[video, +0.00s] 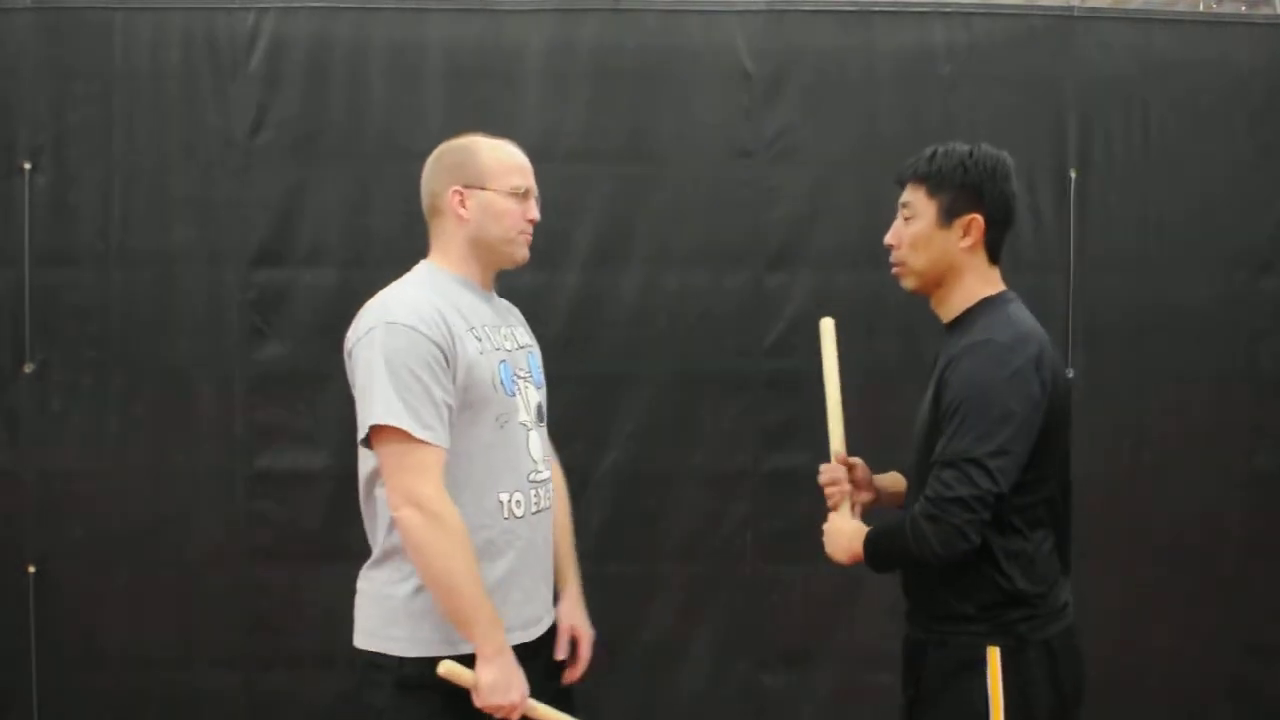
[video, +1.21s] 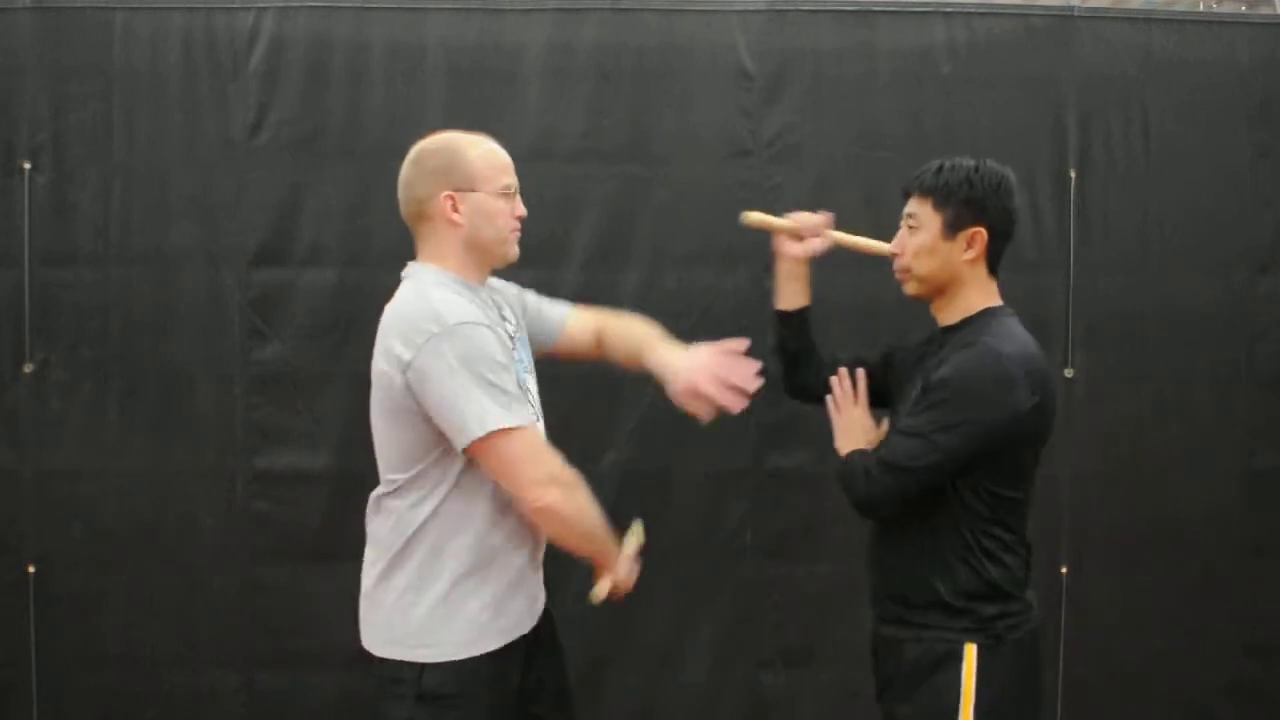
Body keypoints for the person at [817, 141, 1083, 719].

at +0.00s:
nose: (889, 237)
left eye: (908, 217)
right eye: (896, 217)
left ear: (967, 231)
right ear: (962, 233)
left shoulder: (996, 352)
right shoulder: (981, 340)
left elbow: (952, 526)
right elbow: (968, 480)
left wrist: (864, 543)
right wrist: (880, 488)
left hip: (994, 654)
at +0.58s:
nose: (905, 240)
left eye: (923, 222)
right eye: (911, 221)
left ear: (982, 238)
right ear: (978, 240)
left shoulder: (1001, 352)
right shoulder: (982, 342)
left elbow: (943, 513)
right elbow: (941, 470)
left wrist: (877, 537)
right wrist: (843, 467)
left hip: (983, 637)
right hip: (961, 630)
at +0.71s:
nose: (907, 243)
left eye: (923, 226)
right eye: (912, 225)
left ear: (981, 240)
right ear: (978, 243)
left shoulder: (990, 350)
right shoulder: (992, 336)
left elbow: (886, 492)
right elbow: (930, 438)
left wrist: (868, 482)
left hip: (975, 624)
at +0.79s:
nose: (903, 245)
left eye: (921, 227)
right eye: (909, 227)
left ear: (977, 240)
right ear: (973, 241)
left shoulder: (975, 347)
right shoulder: (1002, 331)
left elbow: (868, 476)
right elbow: (920, 417)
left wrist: (909, 442)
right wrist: (857, 344)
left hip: (971, 615)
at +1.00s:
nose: (904, 246)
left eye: (918, 230)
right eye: (908, 229)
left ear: (974, 242)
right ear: (970, 245)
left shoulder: (967, 352)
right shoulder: (1001, 334)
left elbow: (860, 469)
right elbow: (873, 388)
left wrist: (886, 414)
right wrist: (875, 279)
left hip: (964, 620)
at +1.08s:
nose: (899, 246)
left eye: (916, 230)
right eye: (905, 229)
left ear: (973, 244)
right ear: (966, 245)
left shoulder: (978, 355)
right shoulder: (970, 339)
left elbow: (863, 479)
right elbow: (848, 379)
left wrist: (871, 430)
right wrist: (854, 270)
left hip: (963, 629)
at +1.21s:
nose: (895, 247)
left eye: (912, 228)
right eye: (900, 228)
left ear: (971, 244)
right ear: (966, 246)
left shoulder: (998, 363)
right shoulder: (934, 352)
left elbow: (878, 492)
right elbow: (806, 378)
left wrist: (855, 445)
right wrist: (792, 265)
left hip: (968, 650)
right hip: (919, 642)